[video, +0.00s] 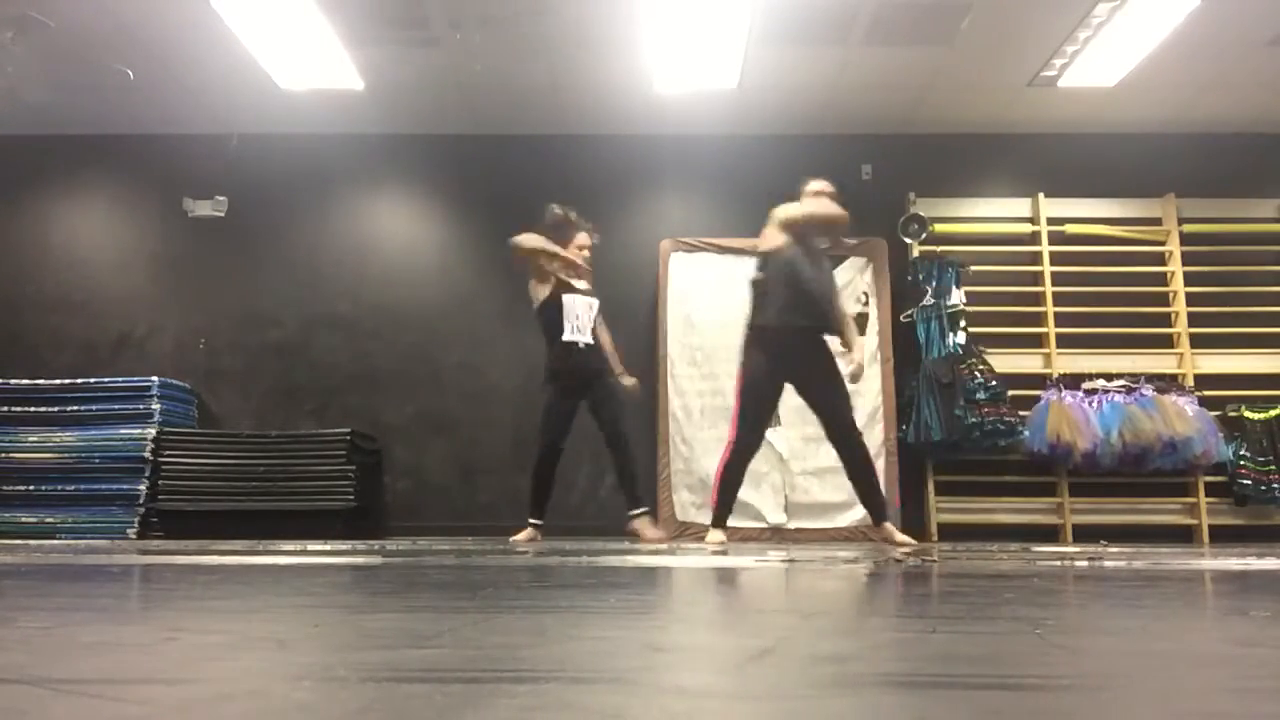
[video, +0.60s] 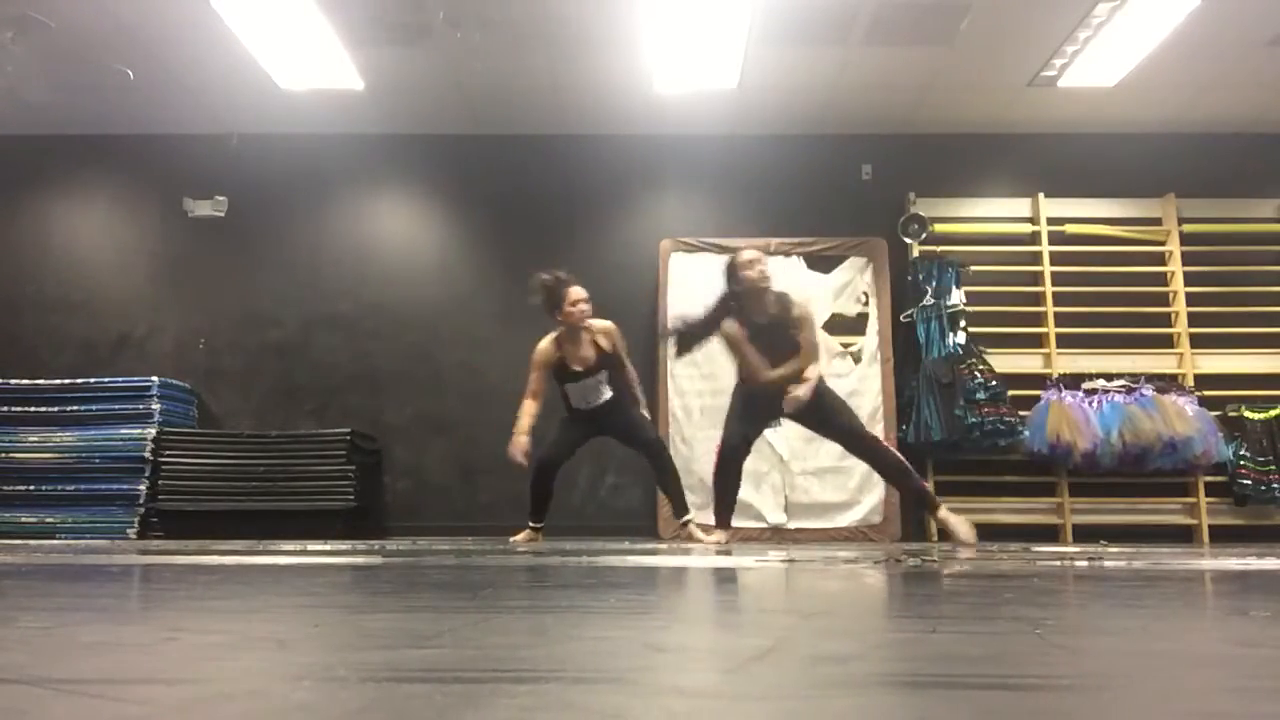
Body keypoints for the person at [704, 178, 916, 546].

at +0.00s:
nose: (826, 201)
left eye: (830, 196)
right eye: (818, 195)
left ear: (835, 206)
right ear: (800, 200)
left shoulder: (820, 259)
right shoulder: (778, 229)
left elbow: (836, 308)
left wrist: (854, 346)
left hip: (809, 347)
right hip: (766, 345)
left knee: (845, 434)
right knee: (746, 438)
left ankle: (881, 523)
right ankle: (717, 526)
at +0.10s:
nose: (797, 200)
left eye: (802, 195)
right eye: (789, 194)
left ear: (809, 204)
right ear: (772, 200)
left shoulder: (807, 256)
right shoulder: (753, 231)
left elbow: (824, 309)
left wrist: (850, 349)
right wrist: (772, 190)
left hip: (797, 341)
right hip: (750, 341)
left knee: (839, 427)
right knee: (736, 436)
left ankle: (886, 512)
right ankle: (716, 526)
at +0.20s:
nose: (774, 201)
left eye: (779, 196)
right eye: (765, 194)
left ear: (786, 205)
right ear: (748, 202)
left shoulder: (793, 248)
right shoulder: (734, 236)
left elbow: (813, 305)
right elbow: (677, 210)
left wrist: (840, 353)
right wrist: (714, 211)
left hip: (791, 341)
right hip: (743, 341)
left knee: (842, 427)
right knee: (731, 437)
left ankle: (902, 503)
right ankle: (717, 527)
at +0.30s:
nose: (751, 213)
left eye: (757, 208)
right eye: (743, 206)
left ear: (762, 216)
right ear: (728, 214)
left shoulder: (778, 250)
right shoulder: (718, 256)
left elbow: (801, 305)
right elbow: (667, 285)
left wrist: (829, 347)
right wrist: (701, 268)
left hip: (788, 351)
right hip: (741, 352)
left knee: (844, 426)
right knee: (730, 439)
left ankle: (917, 497)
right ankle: (720, 527)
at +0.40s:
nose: (739, 237)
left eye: (743, 230)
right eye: (731, 229)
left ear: (748, 237)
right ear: (713, 237)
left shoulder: (770, 275)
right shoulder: (707, 293)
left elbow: (803, 321)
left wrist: (825, 352)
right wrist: (704, 317)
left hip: (787, 375)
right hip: (738, 379)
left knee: (851, 437)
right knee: (718, 449)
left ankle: (932, 498)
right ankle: (719, 526)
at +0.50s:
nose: (742, 257)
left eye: (741, 251)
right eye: (731, 254)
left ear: (745, 258)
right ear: (714, 268)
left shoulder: (774, 295)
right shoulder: (710, 320)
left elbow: (809, 334)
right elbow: (722, 376)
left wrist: (816, 366)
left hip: (793, 391)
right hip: (744, 401)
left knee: (861, 446)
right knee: (719, 455)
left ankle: (937, 501)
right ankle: (721, 529)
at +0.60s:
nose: (761, 269)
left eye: (763, 263)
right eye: (750, 265)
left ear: (769, 270)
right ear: (735, 279)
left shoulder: (795, 307)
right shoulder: (731, 323)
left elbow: (811, 361)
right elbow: (758, 376)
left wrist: (805, 388)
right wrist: (799, 360)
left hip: (801, 384)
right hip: (756, 390)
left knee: (862, 442)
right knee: (731, 448)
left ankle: (940, 512)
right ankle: (721, 529)